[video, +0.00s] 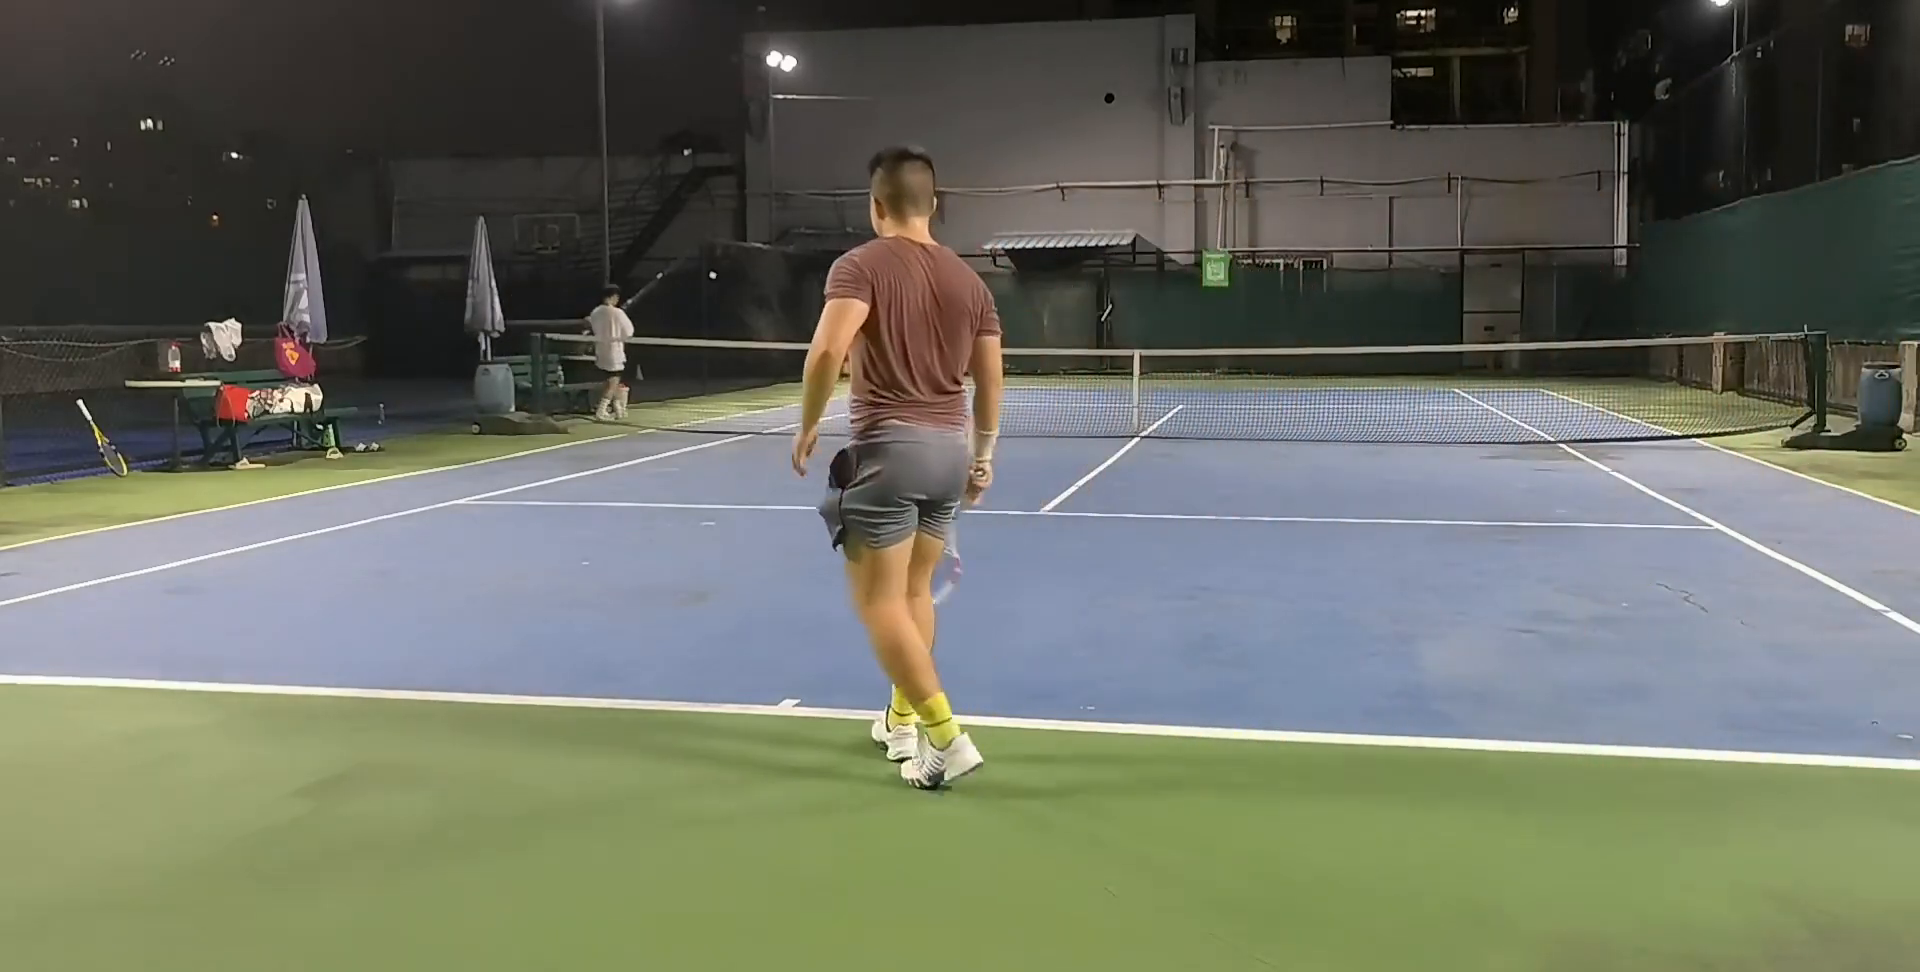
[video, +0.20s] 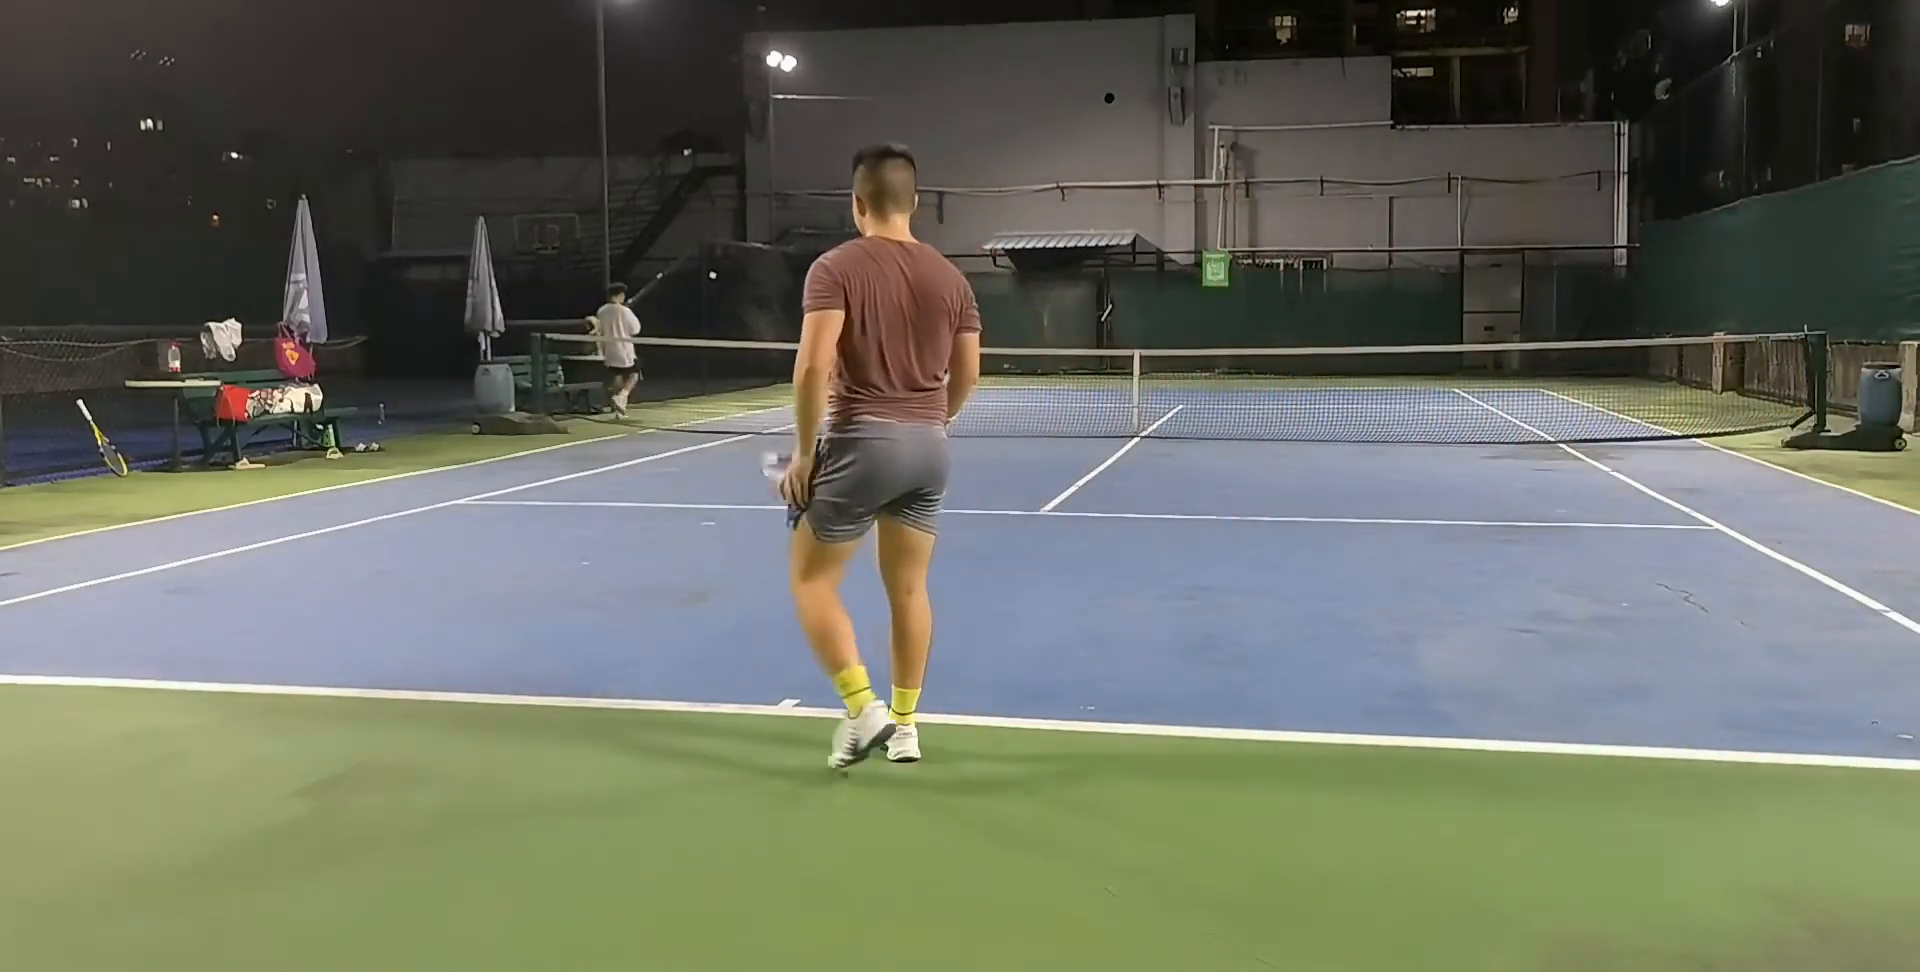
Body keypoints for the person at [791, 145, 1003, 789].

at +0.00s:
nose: (869, 211)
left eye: (869, 203)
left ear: (876, 206)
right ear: (934, 205)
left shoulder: (861, 263)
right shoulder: (967, 279)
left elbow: (829, 352)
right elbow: (990, 377)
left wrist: (809, 426)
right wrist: (984, 448)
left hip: (886, 446)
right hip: (952, 448)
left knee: (880, 602)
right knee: (918, 589)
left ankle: (948, 741)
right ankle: (901, 723)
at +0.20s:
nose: (854, 209)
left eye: (853, 201)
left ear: (858, 204)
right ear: (914, 203)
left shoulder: (834, 268)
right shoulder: (950, 277)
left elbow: (814, 367)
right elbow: (965, 381)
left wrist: (806, 452)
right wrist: (929, 424)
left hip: (860, 441)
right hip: (929, 442)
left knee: (813, 578)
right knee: (910, 584)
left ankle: (861, 708)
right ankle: (903, 725)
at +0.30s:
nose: (838, 209)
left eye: (838, 201)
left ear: (843, 204)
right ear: (900, 202)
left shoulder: (819, 270)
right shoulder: (939, 275)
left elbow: (803, 367)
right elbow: (956, 370)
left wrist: (796, 450)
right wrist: (920, 413)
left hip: (845, 440)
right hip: (917, 441)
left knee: (805, 582)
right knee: (906, 587)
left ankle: (800, 729)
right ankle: (902, 727)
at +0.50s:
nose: (803, 211)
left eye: (802, 203)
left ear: (805, 205)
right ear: (863, 203)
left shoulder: (781, 275)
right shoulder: (907, 276)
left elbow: (750, 372)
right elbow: (931, 367)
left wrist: (747, 439)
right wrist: (897, 410)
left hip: (807, 444)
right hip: (881, 443)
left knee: (782, 590)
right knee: (889, 588)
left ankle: (759, 738)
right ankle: (900, 725)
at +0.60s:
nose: (785, 212)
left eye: (782, 204)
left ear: (786, 204)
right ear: (844, 203)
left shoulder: (760, 277)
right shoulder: (890, 276)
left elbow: (727, 382)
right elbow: (916, 368)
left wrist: (731, 361)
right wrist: (882, 412)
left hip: (788, 439)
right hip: (861, 442)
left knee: (771, 591)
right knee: (878, 588)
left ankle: (757, 738)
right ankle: (899, 724)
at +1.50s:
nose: (842, 208)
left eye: (800, 200)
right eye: (845, 199)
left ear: (788, 204)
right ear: (847, 203)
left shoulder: (755, 273)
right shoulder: (877, 274)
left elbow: (731, 366)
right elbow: (913, 363)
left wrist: (783, 367)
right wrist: (903, 416)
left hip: (779, 438)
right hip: (856, 442)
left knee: (769, 583)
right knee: (876, 591)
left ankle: (756, 731)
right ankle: (892, 729)